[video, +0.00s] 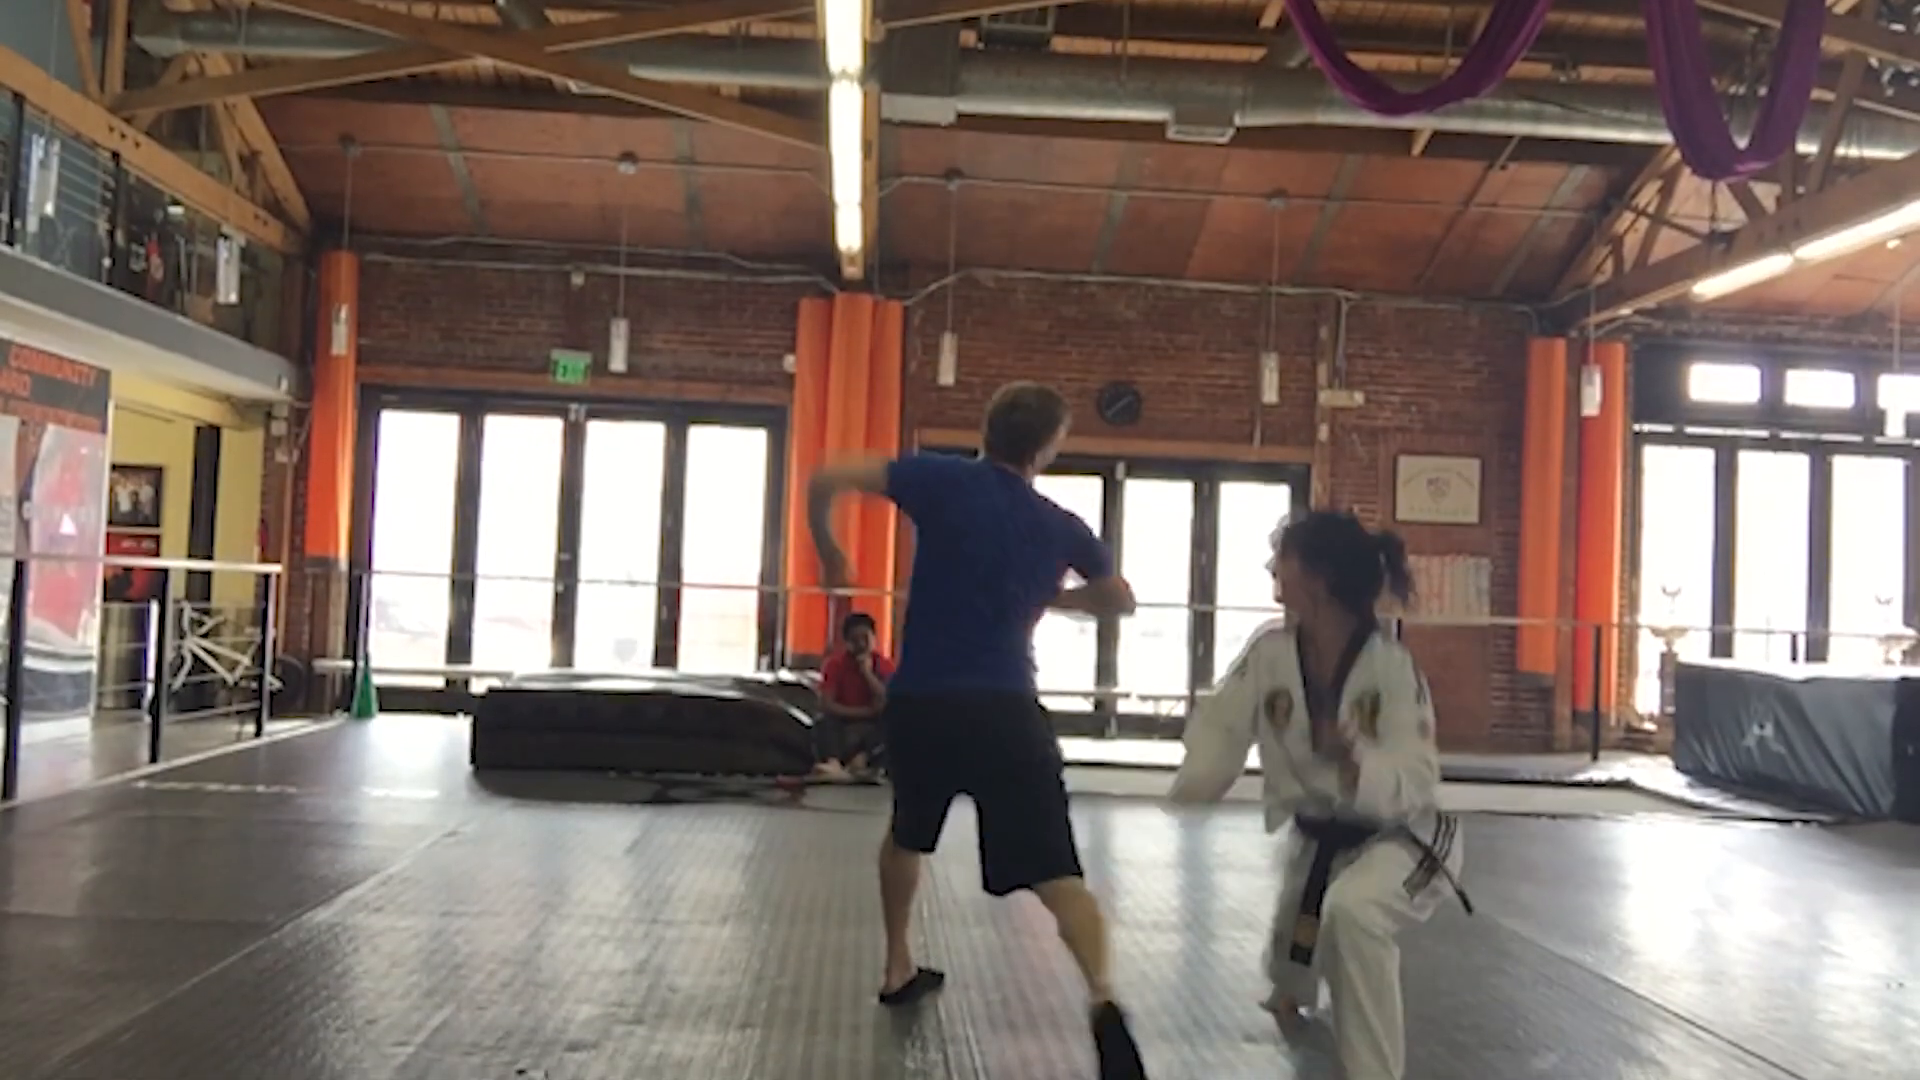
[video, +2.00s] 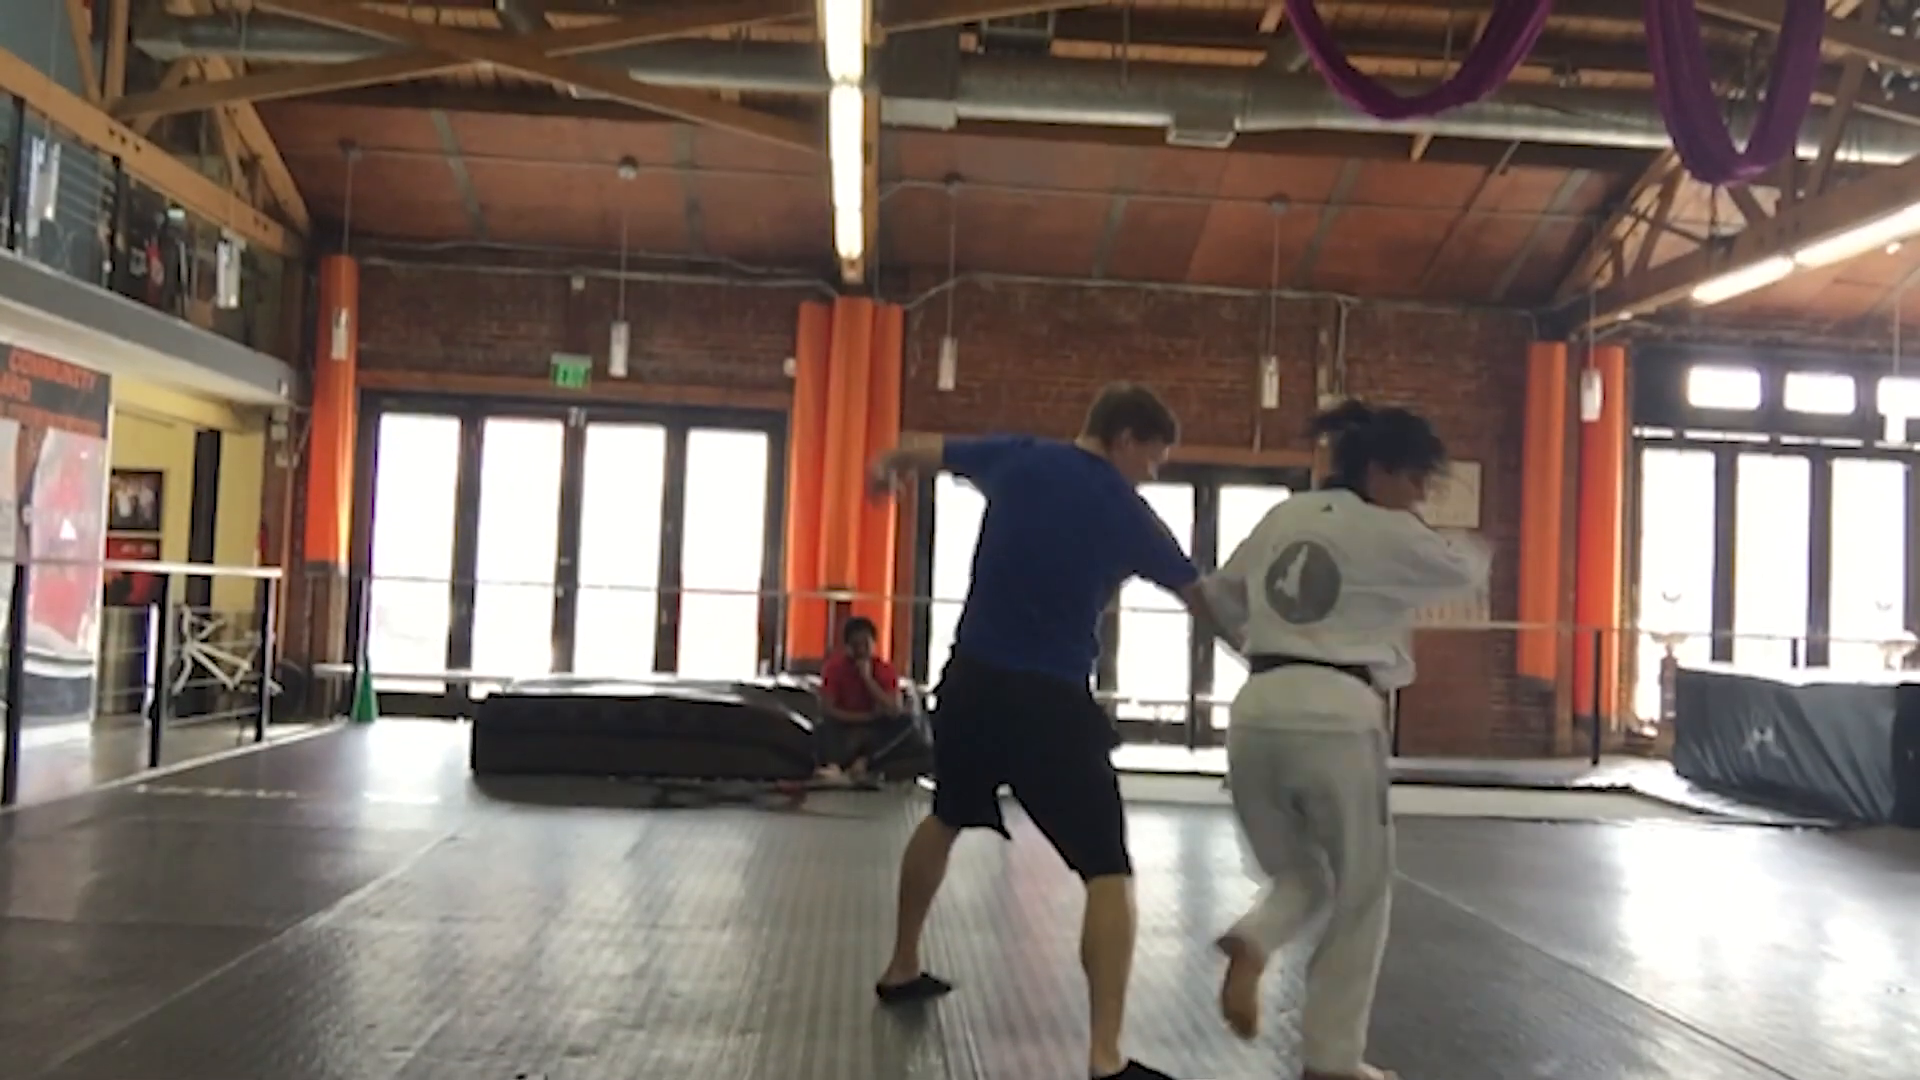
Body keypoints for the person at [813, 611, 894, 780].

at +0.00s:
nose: (861, 645)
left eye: (865, 638)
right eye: (855, 640)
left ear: (873, 638)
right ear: (846, 642)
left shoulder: (883, 665)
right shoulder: (835, 665)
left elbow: (887, 701)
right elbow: (826, 704)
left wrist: (868, 673)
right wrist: (868, 711)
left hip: (872, 719)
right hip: (842, 719)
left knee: (888, 723)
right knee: (825, 722)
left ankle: (861, 760)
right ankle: (833, 762)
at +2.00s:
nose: (861, 650)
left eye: (866, 643)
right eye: (856, 644)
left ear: (873, 643)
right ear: (847, 646)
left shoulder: (884, 669)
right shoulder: (834, 669)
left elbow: (894, 709)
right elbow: (828, 710)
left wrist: (868, 679)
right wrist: (868, 716)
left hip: (875, 723)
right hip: (844, 724)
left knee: (906, 723)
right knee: (824, 727)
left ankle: (866, 764)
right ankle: (831, 766)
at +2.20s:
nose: (862, 648)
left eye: (866, 642)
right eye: (856, 642)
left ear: (873, 642)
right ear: (847, 644)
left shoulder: (884, 668)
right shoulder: (834, 667)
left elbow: (892, 708)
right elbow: (827, 707)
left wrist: (867, 676)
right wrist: (868, 714)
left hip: (875, 721)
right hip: (843, 723)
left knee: (906, 721)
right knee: (822, 729)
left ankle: (866, 761)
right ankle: (832, 765)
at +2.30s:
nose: (861, 646)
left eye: (865, 640)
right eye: (855, 641)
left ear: (873, 640)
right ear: (847, 643)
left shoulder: (884, 667)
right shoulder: (834, 666)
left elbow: (892, 707)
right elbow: (827, 706)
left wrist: (868, 676)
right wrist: (869, 713)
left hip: (875, 720)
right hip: (842, 720)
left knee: (906, 720)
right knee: (821, 729)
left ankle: (866, 759)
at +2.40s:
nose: (861, 645)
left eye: (865, 639)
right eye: (856, 640)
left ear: (873, 638)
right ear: (847, 641)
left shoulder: (884, 665)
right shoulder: (834, 664)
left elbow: (892, 706)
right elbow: (827, 705)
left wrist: (868, 675)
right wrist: (869, 711)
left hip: (875, 718)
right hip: (842, 719)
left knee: (906, 718)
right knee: (821, 729)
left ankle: (866, 757)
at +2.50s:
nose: (861, 647)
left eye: (865, 641)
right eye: (856, 642)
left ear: (873, 641)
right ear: (847, 643)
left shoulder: (885, 668)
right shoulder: (833, 666)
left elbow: (892, 708)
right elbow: (827, 706)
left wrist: (868, 676)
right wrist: (868, 713)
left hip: (875, 719)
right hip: (842, 720)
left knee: (906, 719)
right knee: (823, 727)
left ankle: (865, 759)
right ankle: (833, 763)